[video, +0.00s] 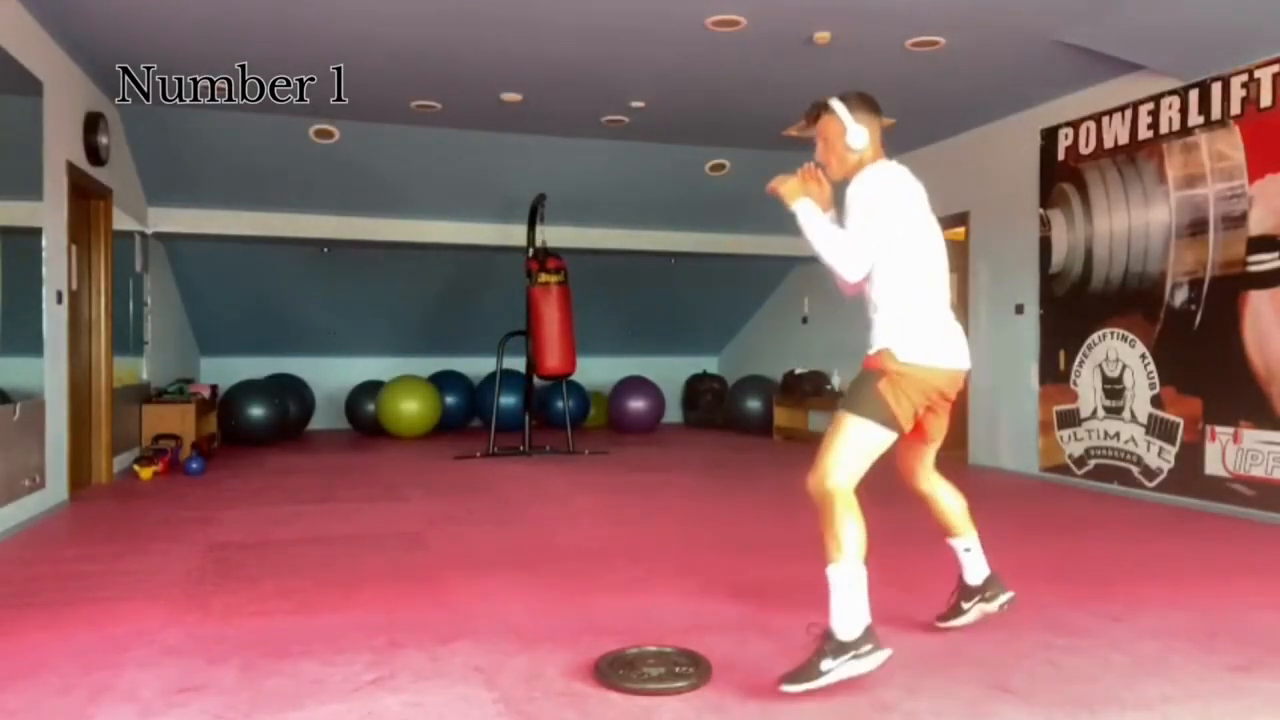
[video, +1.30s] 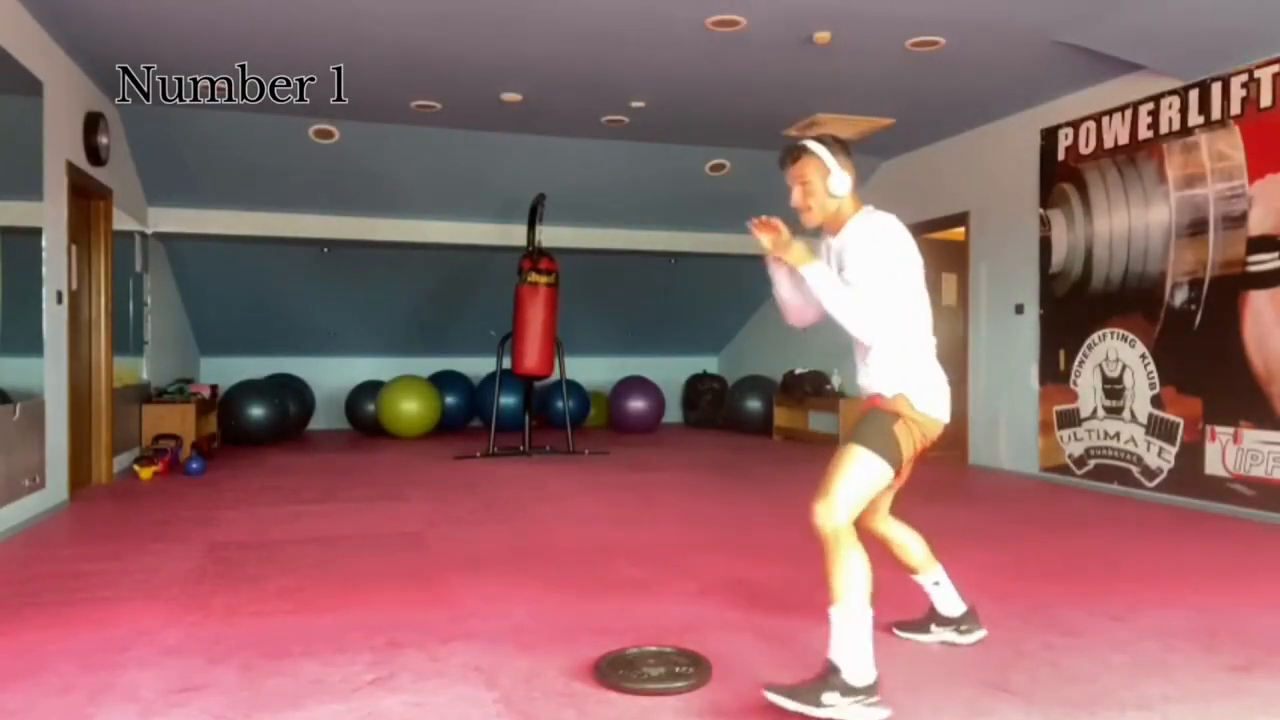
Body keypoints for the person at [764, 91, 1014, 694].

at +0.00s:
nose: (818, 153)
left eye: (823, 140)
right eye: (817, 142)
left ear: (854, 135)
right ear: (869, 137)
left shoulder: (869, 186)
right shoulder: (905, 183)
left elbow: (851, 267)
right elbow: (869, 269)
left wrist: (804, 207)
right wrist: (829, 205)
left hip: (907, 358)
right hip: (947, 360)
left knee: (830, 480)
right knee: (919, 467)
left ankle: (852, 636)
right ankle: (981, 582)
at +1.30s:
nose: (797, 199)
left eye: (805, 185)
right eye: (792, 188)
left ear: (839, 178)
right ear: (799, 191)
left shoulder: (877, 232)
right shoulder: (830, 244)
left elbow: (872, 322)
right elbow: (802, 314)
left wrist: (805, 262)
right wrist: (777, 258)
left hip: (908, 395)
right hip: (887, 393)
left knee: (831, 514)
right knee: (874, 518)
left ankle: (852, 676)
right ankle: (955, 613)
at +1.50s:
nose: (756, 195)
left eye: (766, 180)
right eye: (752, 184)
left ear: (799, 178)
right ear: (757, 189)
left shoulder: (859, 238)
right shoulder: (787, 249)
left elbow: (849, 337)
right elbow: (732, 309)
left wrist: (782, 262)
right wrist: (713, 254)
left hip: (882, 412)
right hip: (847, 411)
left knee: (781, 526)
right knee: (867, 525)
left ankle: (778, 696)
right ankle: (947, 611)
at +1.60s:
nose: (720, 176)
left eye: (724, 163)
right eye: (719, 165)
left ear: (755, 158)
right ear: (772, 158)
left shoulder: (796, 215)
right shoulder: (822, 203)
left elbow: (766, 306)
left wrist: (720, 235)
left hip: (840, 405)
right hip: (882, 404)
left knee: (742, 524)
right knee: (854, 517)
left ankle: (771, 693)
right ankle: (941, 633)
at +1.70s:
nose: (719, 171)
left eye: (720, 156)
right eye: (715, 159)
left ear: (746, 145)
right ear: (781, 144)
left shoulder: (765, 198)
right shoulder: (843, 191)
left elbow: (728, 291)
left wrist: (698, 226)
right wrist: (746, 212)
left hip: (810, 392)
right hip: (881, 397)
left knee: (706, 505)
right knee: (855, 521)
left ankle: (735, 675)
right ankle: (923, 649)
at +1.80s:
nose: (721, 176)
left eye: (724, 163)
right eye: (720, 163)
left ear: (749, 159)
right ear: (786, 158)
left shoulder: (740, 212)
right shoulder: (852, 209)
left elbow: (687, 302)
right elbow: (839, 289)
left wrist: (681, 242)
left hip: (771, 408)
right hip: (858, 413)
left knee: (681, 539)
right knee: (882, 559)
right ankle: (926, 704)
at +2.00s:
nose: (672, 184)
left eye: (673, 173)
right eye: (673, 173)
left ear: (687, 171)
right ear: (736, 175)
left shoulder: (660, 225)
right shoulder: (794, 229)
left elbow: (625, 329)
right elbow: (782, 314)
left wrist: (674, 269)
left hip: (676, 432)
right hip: (774, 436)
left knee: (618, 552)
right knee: (850, 568)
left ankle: (576, 706)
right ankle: (918, 709)